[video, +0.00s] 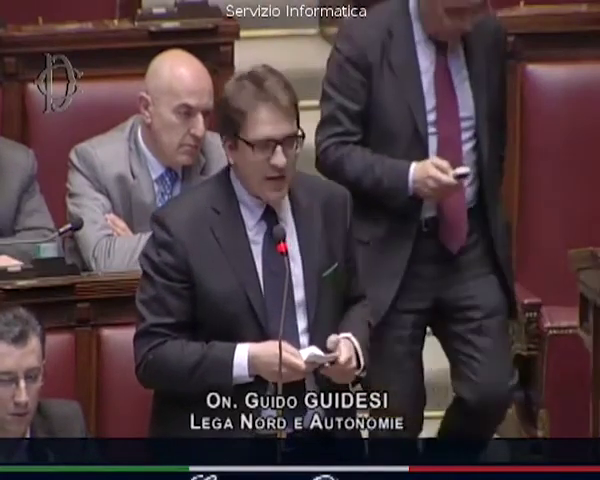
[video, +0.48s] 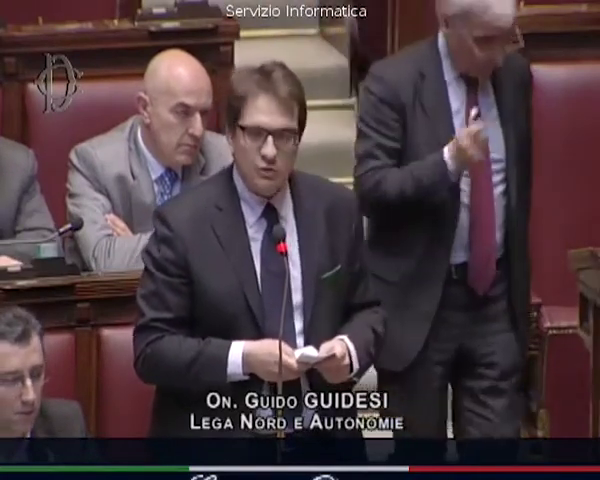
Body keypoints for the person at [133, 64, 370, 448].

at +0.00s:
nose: (280, 159)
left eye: (290, 142)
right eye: (264, 145)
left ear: (301, 136)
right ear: (230, 146)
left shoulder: (331, 204)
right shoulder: (179, 224)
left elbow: (358, 301)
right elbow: (153, 357)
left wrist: (351, 340)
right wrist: (247, 360)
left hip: (322, 441)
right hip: (220, 447)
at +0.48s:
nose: (269, 151)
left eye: (284, 136)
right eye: (255, 134)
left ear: (300, 137)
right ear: (231, 134)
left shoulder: (338, 208)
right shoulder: (181, 221)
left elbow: (370, 309)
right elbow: (152, 350)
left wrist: (351, 348)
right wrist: (242, 357)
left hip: (321, 437)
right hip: (217, 441)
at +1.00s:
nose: (270, 151)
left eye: (285, 137)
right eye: (256, 133)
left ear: (304, 140)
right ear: (236, 134)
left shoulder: (345, 209)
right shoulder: (186, 219)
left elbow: (375, 314)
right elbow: (155, 348)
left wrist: (351, 353)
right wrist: (245, 357)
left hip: (325, 440)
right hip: (218, 443)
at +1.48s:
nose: (275, 153)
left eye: (290, 139)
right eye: (261, 135)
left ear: (309, 142)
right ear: (240, 134)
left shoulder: (349, 209)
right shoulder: (189, 216)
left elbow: (378, 314)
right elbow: (157, 345)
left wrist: (353, 353)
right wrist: (246, 355)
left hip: (328, 438)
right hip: (221, 441)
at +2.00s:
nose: (282, 158)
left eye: (296, 143)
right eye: (268, 141)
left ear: (311, 142)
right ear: (241, 138)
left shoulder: (348, 208)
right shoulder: (189, 217)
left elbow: (377, 315)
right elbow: (157, 346)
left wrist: (354, 352)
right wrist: (246, 355)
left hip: (328, 437)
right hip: (220, 439)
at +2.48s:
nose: (303, 174)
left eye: (309, 154)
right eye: (287, 162)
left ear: (315, 142)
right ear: (242, 159)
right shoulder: (182, 223)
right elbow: (155, 356)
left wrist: (368, 305)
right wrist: (249, 358)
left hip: (325, 439)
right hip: (219, 445)